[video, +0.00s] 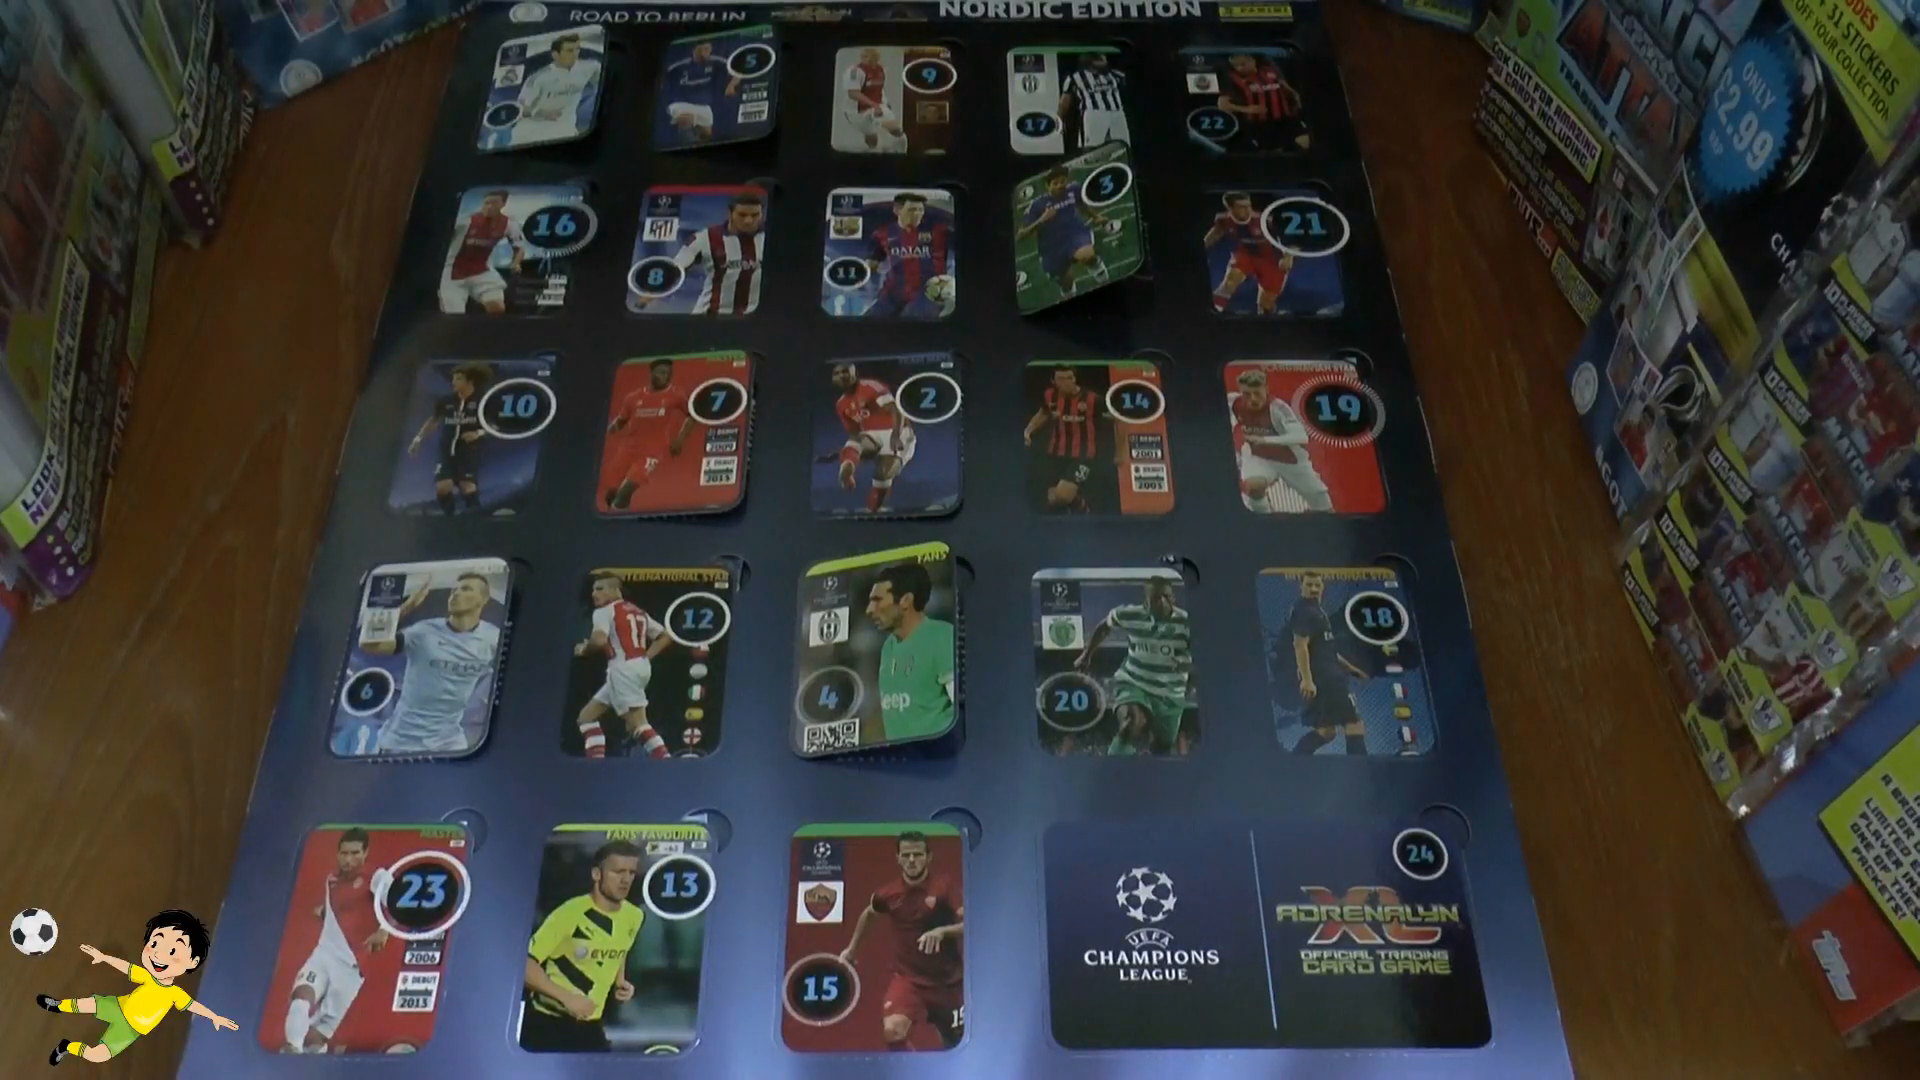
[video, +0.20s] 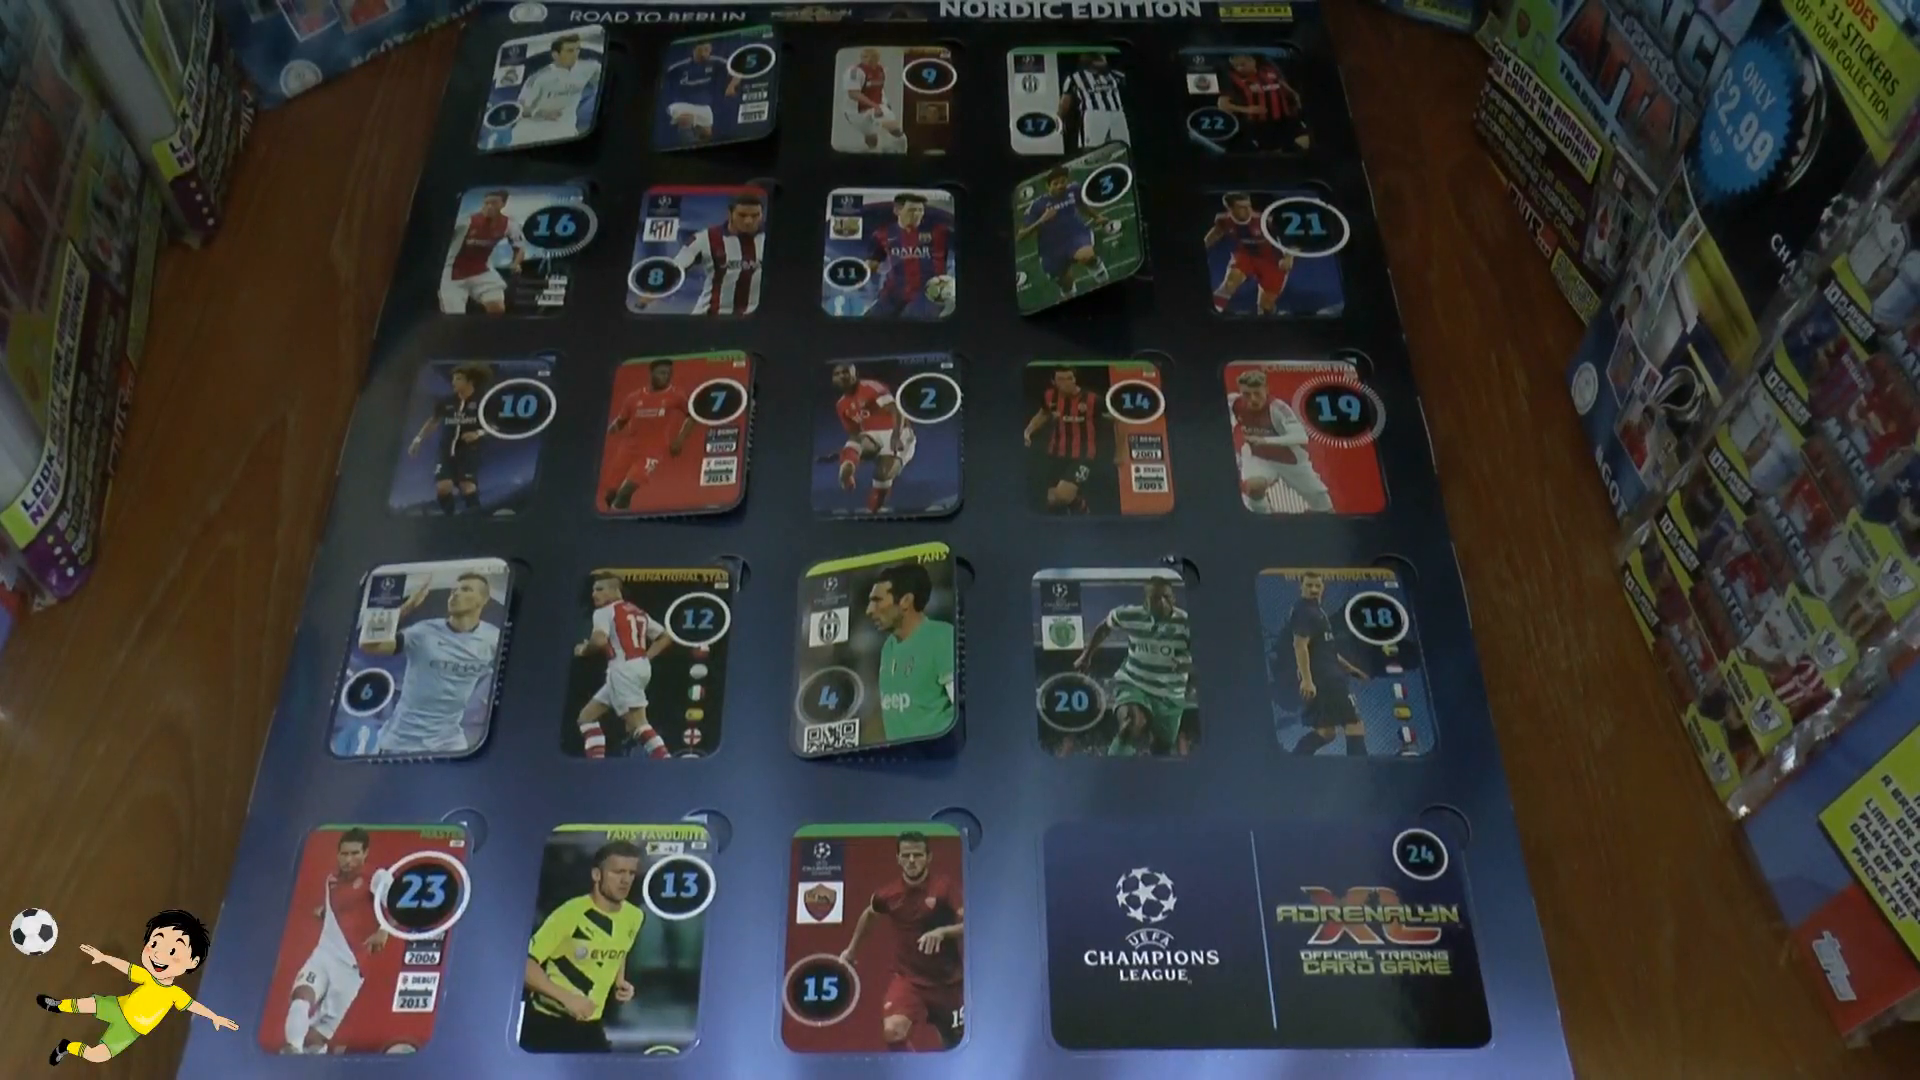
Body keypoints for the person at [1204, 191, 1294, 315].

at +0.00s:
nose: (1246, 211)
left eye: (1248, 207)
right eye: (1241, 207)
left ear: (1251, 207)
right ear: (1231, 209)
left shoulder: (1264, 220)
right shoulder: (1224, 221)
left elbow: (1286, 238)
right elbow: (1207, 243)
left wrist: (1288, 256)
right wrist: (1218, 231)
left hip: (1270, 258)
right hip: (1243, 255)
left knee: (1266, 304)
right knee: (1229, 284)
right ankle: (1212, 318)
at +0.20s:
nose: (1246, 211)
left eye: (1248, 207)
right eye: (1242, 208)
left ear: (1251, 206)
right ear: (1231, 209)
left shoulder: (1264, 220)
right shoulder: (1224, 221)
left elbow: (1286, 237)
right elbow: (1207, 243)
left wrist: (1288, 257)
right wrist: (1218, 231)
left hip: (1270, 260)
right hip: (1243, 256)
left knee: (1265, 305)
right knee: (1229, 285)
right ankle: (1211, 320)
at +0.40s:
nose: (1247, 213)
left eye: (1249, 208)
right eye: (1242, 209)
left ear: (1252, 208)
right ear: (1232, 211)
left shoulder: (1266, 222)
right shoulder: (1225, 223)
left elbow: (1287, 238)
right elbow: (1218, 233)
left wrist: (1289, 258)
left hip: (1272, 262)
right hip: (1245, 258)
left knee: (1267, 307)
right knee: (1230, 285)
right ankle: (1213, 319)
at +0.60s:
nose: (1247, 214)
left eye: (1249, 210)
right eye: (1242, 210)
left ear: (1252, 209)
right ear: (1232, 212)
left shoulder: (1266, 223)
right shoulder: (1225, 224)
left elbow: (1288, 241)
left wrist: (1289, 260)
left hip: (1272, 263)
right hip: (1245, 260)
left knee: (1267, 309)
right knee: (1230, 288)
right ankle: (1212, 321)